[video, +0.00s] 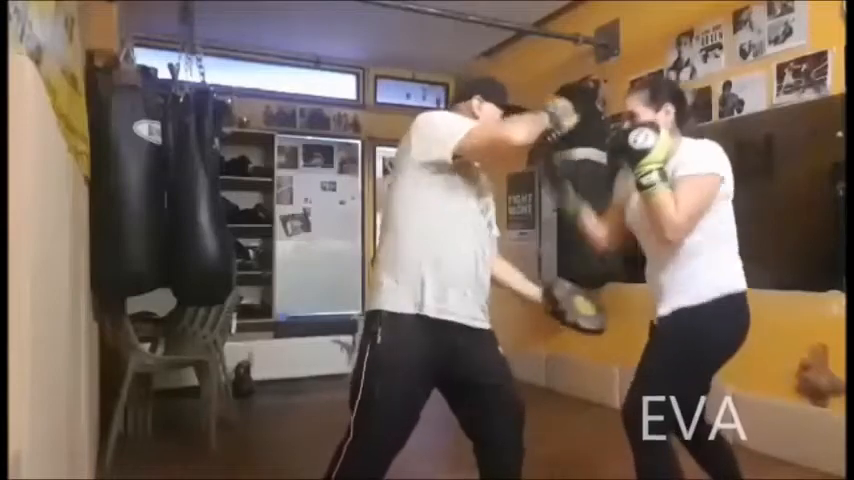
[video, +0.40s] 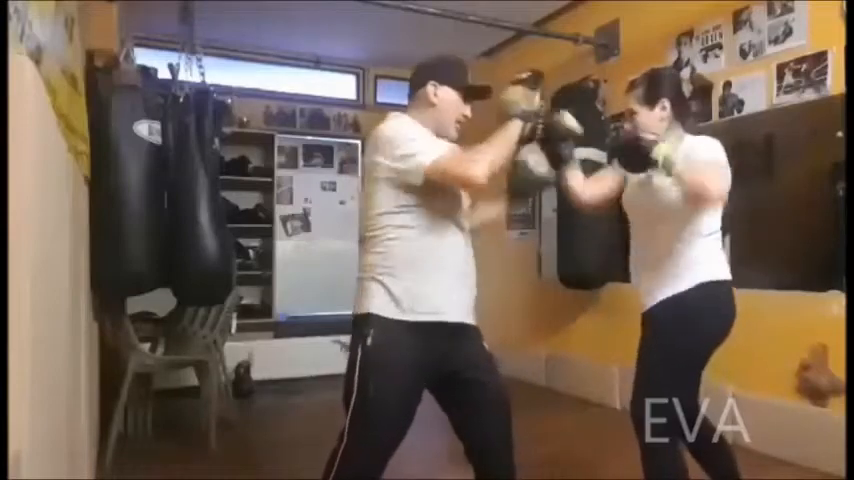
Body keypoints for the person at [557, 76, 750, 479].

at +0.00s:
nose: (627, 127)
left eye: (634, 117)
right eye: (625, 119)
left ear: (666, 113)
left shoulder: (703, 155)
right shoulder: (634, 173)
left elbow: (673, 229)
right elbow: (606, 239)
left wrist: (646, 165)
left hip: (711, 309)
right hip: (674, 315)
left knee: (641, 413)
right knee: (687, 418)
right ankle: (731, 474)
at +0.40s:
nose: (626, 121)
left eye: (633, 111)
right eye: (626, 113)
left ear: (663, 109)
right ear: (653, 111)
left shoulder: (702, 148)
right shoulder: (632, 164)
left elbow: (711, 193)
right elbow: (586, 194)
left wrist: (659, 154)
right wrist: (565, 155)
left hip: (699, 298)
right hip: (660, 305)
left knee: (650, 413)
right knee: (682, 411)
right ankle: (728, 474)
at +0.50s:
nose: (629, 118)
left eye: (634, 109)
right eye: (628, 111)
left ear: (657, 107)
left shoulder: (694, 150)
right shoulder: (649, 167)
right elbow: (634, 230)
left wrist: (640, 120)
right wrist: (597, 198)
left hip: (692, 295)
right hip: (665, 299)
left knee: (648, 413)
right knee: (682, 410)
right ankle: (727, 472)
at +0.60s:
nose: (635, 120)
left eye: (641, 112)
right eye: (636, 113)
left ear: (667, 112)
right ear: (675, 113)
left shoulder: (674, 141)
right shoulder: (692, 154)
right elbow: (635, 224)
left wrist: (582, 123)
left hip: (682, 300)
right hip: (710, 297)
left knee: (650, 413)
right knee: (688, 412)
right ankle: (729, 472)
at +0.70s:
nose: (634, 130)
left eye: (640, 120)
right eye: (632, 122)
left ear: (670, 113)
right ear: (672, 114)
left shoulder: (670, 148)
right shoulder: (701, 150)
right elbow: (656, 236)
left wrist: (589, 153)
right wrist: (631, 193)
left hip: (680, 296)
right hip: (715, 294)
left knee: (651, 409)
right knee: (690, 410)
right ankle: (730, 474)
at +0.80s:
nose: (627, 136)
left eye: (633, 126)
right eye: (625, 127)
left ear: (663, 121)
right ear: (662, 121)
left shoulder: (677, 165)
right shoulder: (691, 159)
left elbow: (666, 252)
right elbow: (672, 246)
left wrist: (627, 218)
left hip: (687, 295)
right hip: (718, 294)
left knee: (645, 400)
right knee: (685, 408)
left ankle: (656, 473)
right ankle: (727, 472)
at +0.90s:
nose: (619, 140)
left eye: (625, 130)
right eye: (619, 131)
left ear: (655, 130)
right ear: (657, 130)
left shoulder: (666, 178)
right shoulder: (693, 166)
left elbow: (663, 263)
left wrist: (613, 260)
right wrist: (629, 248)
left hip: (694, 304)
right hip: (727, 300)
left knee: (647, 407)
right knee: (684, 415)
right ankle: (727, 473)